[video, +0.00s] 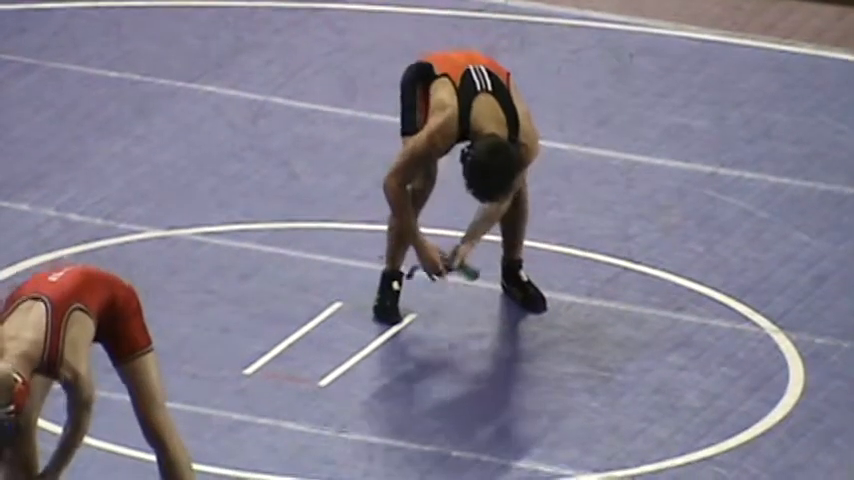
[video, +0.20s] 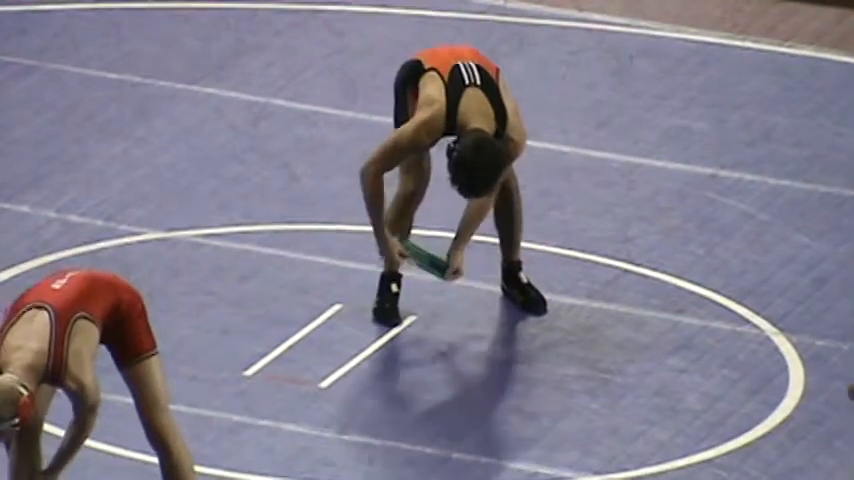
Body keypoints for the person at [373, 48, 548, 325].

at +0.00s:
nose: (489, 204)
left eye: (497, 199)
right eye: (483, 198)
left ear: (514, 169)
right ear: (468, 160)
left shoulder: (528, 144)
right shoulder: (443, 129)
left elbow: (501, 202)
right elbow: (392, 183)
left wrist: (467, 244)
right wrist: (420, 246)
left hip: (492, 74)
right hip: (428, 74)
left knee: (517, 191)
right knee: (420, 184)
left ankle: (513, 273)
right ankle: (391, 279)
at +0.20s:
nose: (469, 199)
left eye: (477, 196)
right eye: (464, 194)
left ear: (500, 165)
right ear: (453, 153)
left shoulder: (515, 140)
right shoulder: (428, 124)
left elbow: (486, 195)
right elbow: (370, 171)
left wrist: (458, 248)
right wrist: (383, 240)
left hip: (486, 73)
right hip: (421, 72)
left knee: (507, 185)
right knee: (413, 186)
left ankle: (513, 275)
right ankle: (391, 282)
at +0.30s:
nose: (460, 202)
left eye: (471, 199)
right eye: (455, 196)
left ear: (494, 167)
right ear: (445, 160)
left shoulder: (508, 141)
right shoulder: (422, 125)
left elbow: (481, 197)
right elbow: (362, 172)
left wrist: (450, 252)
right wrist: (364, 237)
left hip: (480, 74)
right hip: (417, 74)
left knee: (506, 188)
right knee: (410, 189)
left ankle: (514, 274)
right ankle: (390, 282)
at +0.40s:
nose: (451, 205)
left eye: (463, 202)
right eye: (449, 199)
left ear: (479, 176)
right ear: (438, 166)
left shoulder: (502, 145)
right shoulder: (416, 129)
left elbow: (471, 200)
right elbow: (357, 177)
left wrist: (439, 249)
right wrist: (352, 242)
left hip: (475, 76)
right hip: (413, 75)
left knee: (503, 187)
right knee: (407, 190)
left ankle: (514, 275)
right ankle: (390, 283)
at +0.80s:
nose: (449, 218)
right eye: (446, 213)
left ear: (480, 182)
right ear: (435, 179)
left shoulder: (491, 152)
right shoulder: (406, 143)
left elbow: (441, 197)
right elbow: (364, 182)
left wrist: (412, 234)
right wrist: (362, 238)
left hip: (465, 79)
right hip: (407, 79)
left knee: (498, 188)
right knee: (403, 190)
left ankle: (517, 275)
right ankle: (389, 282)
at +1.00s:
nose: (448, 220)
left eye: (456, 220)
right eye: (446, 216)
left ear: (482, 186)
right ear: (435, 183)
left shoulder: (490, 154)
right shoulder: (406, 145)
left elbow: (441, 201)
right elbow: (368, 183)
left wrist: (414, 240)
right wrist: (368, 238)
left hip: (464, 79)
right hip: (407, 80)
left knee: (499, 188)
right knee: (404, 188)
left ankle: (518, 274)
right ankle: (389, 282)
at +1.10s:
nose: (451, 220)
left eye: (459, 220)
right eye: (448, 216)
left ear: (484, 186)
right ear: (437, 182)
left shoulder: (492, 152)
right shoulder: (407, 145)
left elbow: (444, 197)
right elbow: (370, 183)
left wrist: (420, 236)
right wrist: (371, 238)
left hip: (466, 77)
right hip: (409, 78)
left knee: (502, 187)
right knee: (405, 187)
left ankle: (519, 273)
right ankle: (390, 280)